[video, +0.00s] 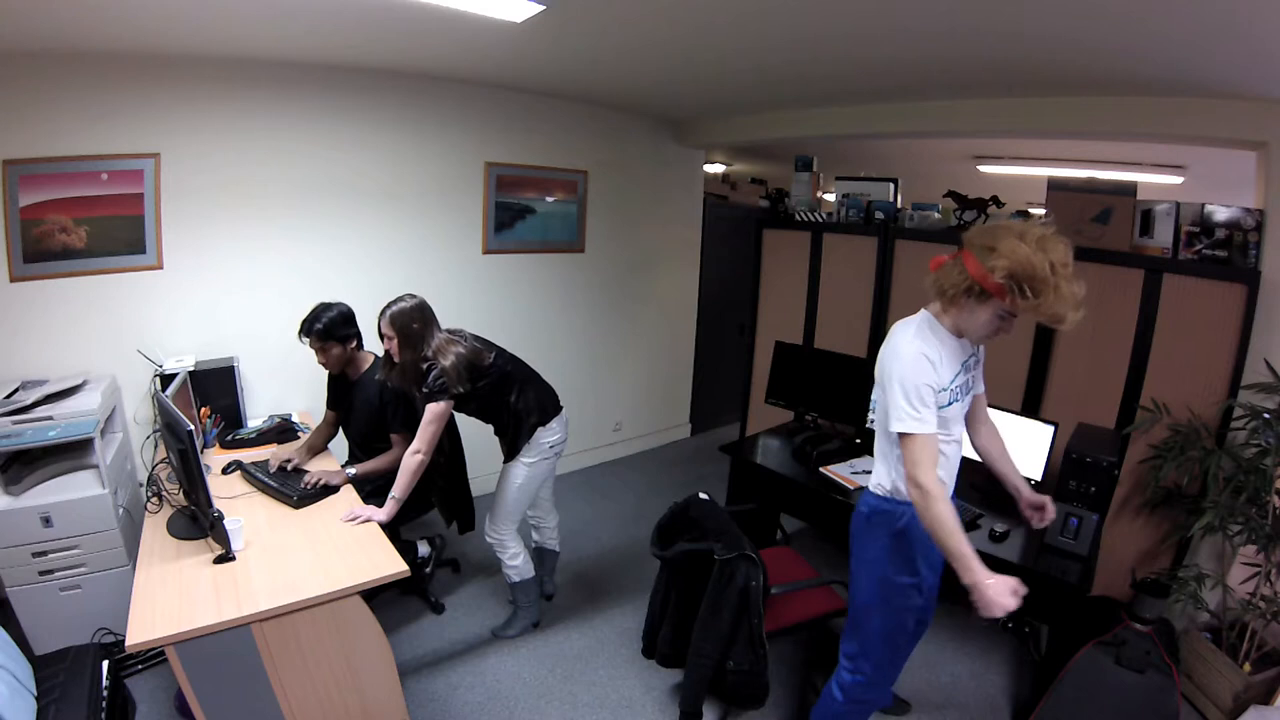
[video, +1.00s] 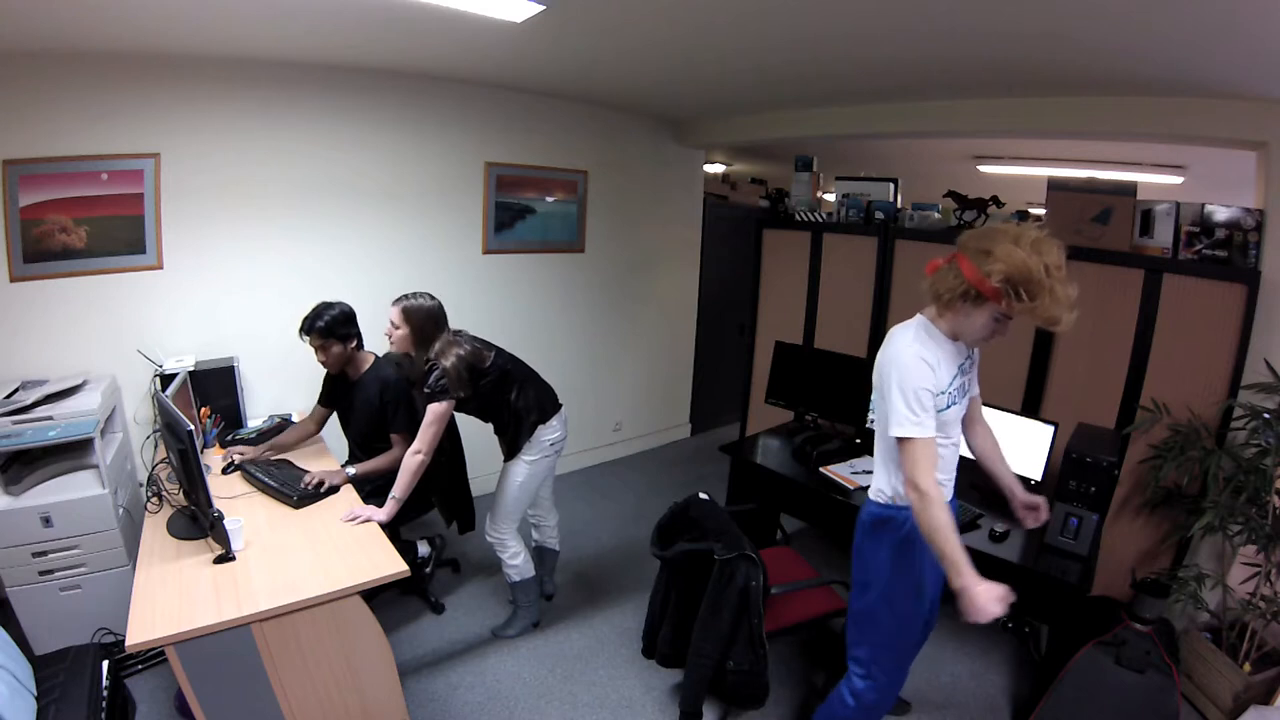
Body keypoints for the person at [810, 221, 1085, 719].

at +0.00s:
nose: (1006, 330)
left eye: (1013, 320)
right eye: (1004, 317)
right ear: (975, 293)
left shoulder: (965, 340)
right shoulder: (911, 354)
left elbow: (978, 420)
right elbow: (921, 483)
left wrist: (1020, 489)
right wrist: (978, 579)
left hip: (930, 512)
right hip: (894, 520)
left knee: (907, 615)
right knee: (868, 659)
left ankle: (871, 689)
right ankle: (835, 712)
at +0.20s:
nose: (1002, 336)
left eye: (1009, 325)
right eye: (999, 322)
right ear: (968, 299)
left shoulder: (961, 345)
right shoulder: (907, 358)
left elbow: (966, 423)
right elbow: (900, 487)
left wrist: (995, 495)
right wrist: (931, 588)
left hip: (944, 510)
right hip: (904, 521)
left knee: (914, 614)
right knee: (876, 659)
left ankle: (881, 690)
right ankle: (842, 713)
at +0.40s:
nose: (1005, 330)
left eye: (1012, 319)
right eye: (1003, 317)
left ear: (984, 302)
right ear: (973, 294)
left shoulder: (964, 341)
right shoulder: (911, 355)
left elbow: (976, 418)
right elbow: (915, 483)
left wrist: (1017, 489)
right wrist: (970, 581)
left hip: (932, 511)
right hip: (897, 521)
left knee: (907, 616)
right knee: (871, 659)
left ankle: (873, 690)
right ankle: (837, 713)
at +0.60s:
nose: (1001, 334)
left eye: (1008, 323)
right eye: (999, 320)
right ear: (970, 297)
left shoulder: (961, 343)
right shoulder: (906, 357)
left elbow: (970, 422)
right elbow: (904, 487)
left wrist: (1002, 492)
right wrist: (941, 585)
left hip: (944, 508)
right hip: (903, 521)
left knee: (910, 613)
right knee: (876, 654)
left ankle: (878, 689)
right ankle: (841, 712)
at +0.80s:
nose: (1005, 328)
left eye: (1011, 317)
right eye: (1002, 314)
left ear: (983, 299)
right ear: (974, 292)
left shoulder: (961, 338)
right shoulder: (909, 354)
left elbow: (970, 418)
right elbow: (907, 482)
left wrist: (999, 491)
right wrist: (945, 582)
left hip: (940, 508)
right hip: (901, 519)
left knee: (906, 614)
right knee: (872, 649)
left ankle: (872, 688)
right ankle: (838, 712)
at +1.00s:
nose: (1002, 333)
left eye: (1009, 322)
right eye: (1001, 319)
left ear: (981, 304)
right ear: (972, 297)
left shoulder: (959, 344)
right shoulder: (908, 356)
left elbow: (973, 421)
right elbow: (919, 487)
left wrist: (1014, 491)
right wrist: (967, 581)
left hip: (934, 516)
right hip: (895, 527)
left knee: (913, 622)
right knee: (873, 679)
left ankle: (880, 693)